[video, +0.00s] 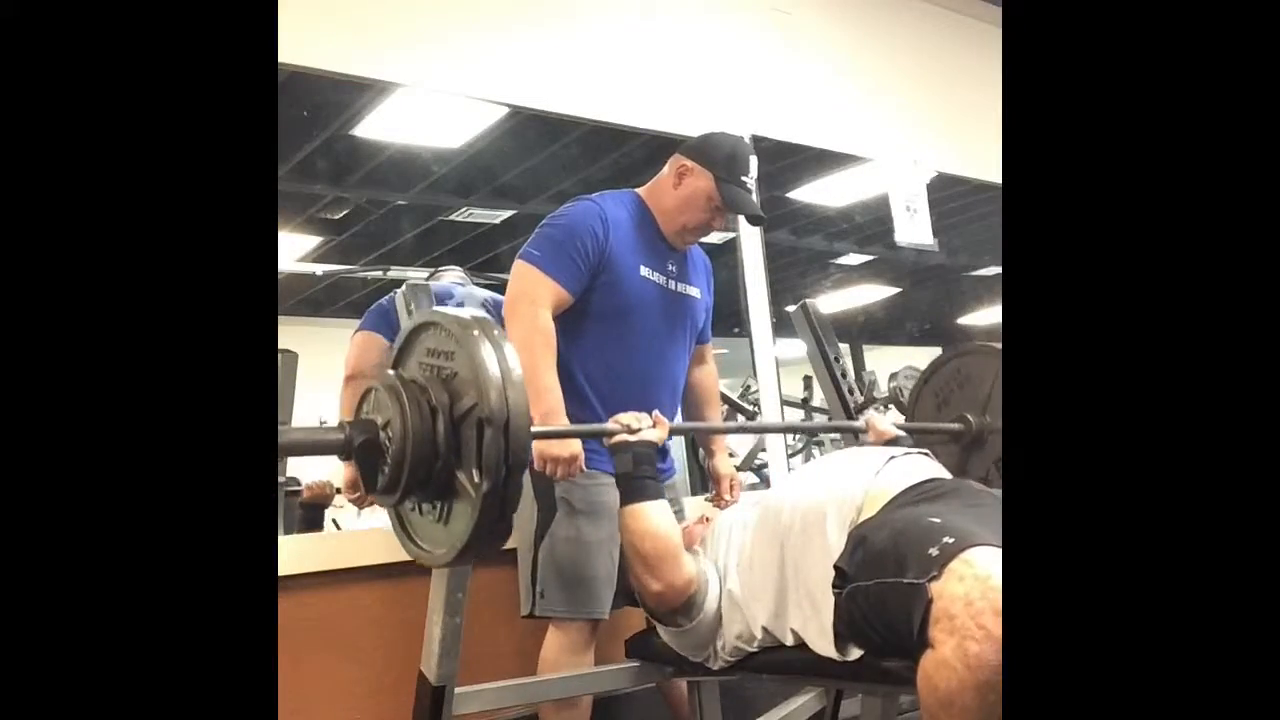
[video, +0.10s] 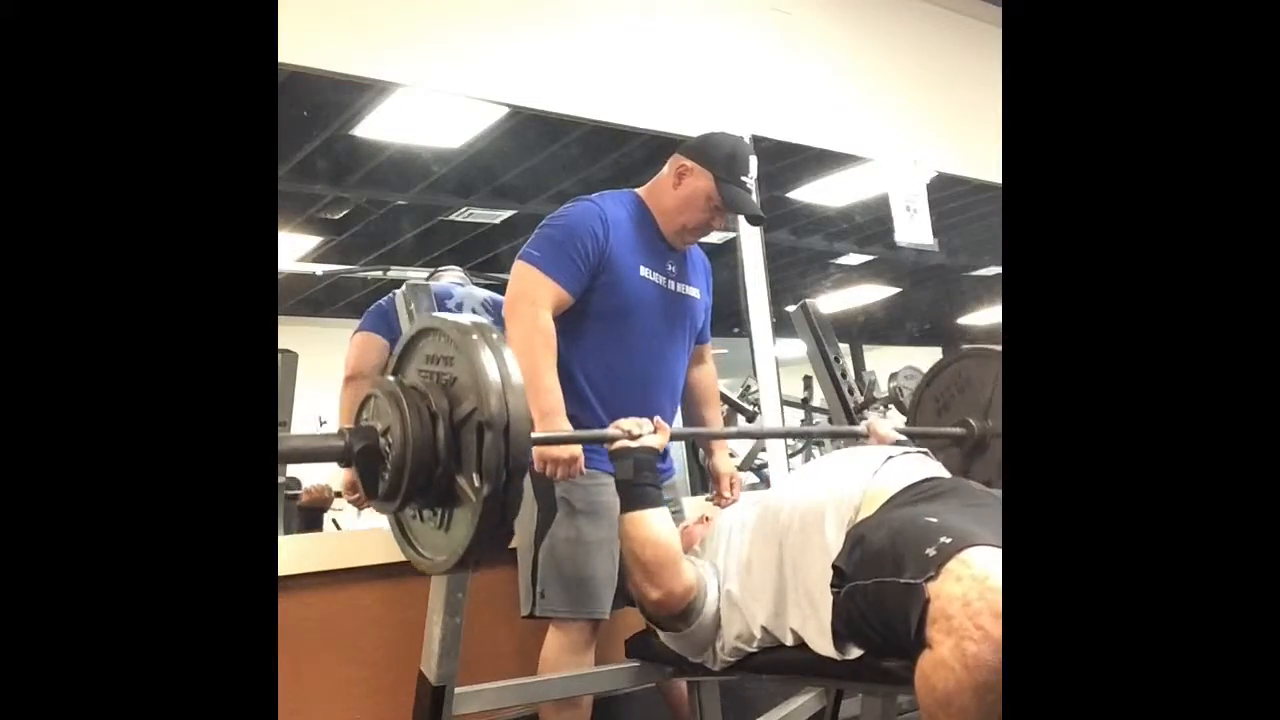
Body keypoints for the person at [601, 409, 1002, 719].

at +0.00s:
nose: (688, 517)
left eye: (686, 511)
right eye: (673, 529)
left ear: (704, 502)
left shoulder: (753, 502)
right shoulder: (706, 605)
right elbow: (664, 580)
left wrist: (881, 444)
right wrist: (634, 458)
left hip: (954, 490)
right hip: (879, 529)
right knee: (985, 596)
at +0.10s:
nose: (685, 520)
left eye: (686, 513)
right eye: (672, 531)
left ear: (705, 504)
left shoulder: (756, 504)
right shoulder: (706, 606)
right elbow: (662, 586)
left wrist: (881, 447)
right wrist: (635, 463)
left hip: (957, 490)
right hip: (880, 524)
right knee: (984, 597)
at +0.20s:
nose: (684, 516)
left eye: (683, 511)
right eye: (671, 528)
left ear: (701, 502)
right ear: (679, 566)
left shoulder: (754, 499)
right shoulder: (711, 607)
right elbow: (666, 593)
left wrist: (883, 447)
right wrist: (640, 473)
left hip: (953, 490)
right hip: (877, 528)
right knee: (986, 602)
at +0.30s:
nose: (689, 510)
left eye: (686, 508)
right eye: (677, 522)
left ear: (705, 502)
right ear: (682, 554)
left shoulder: (767, 500)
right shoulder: (710, 603)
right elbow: (665, 597)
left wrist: (886, 447)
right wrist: (642, 482)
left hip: (950, 490)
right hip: (876, 531)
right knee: (986, 601)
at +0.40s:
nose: (693, 509)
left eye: (692, 506)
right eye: (679, 520)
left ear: (712, 502)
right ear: (680, 551)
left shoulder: (765, 502)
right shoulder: (707, 595)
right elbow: (667, 609)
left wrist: (878, 446)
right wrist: (645, 488)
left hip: (952, 489)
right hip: (877, 528)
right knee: (987, 600)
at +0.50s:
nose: (693, 507)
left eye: (690, 502)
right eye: (680, 517)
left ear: (706, 500)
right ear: (674, 548)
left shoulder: (760, 508)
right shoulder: (707, 593)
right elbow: (671, 616)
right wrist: (650, 493)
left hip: (951, 488)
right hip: (877, 528)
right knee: (985, 601)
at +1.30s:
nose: (693, 514)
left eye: (694, 508)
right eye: (681, 525)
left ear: (714, 504)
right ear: (675, 549)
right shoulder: (713, 612)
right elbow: (671, 619)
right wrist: (649, 497)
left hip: (933, 486)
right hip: (873, 527)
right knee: (986, 593)